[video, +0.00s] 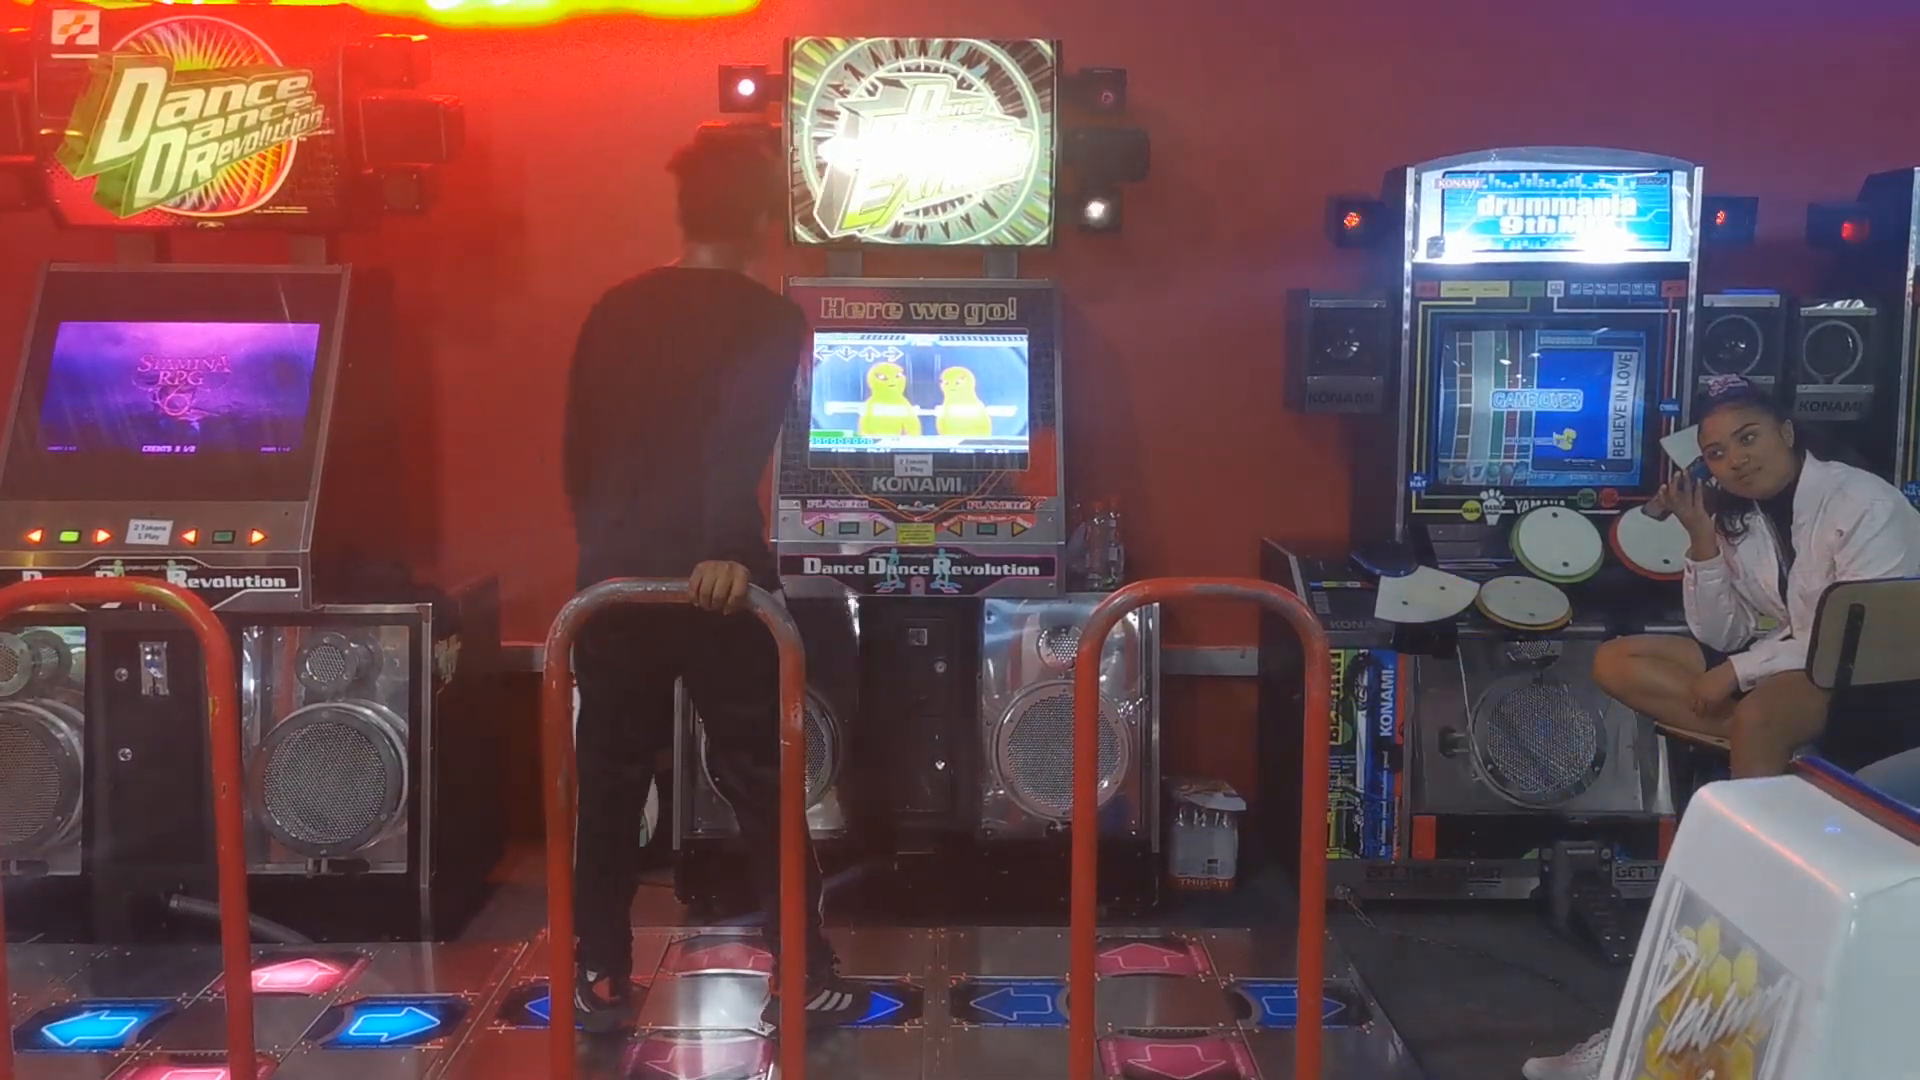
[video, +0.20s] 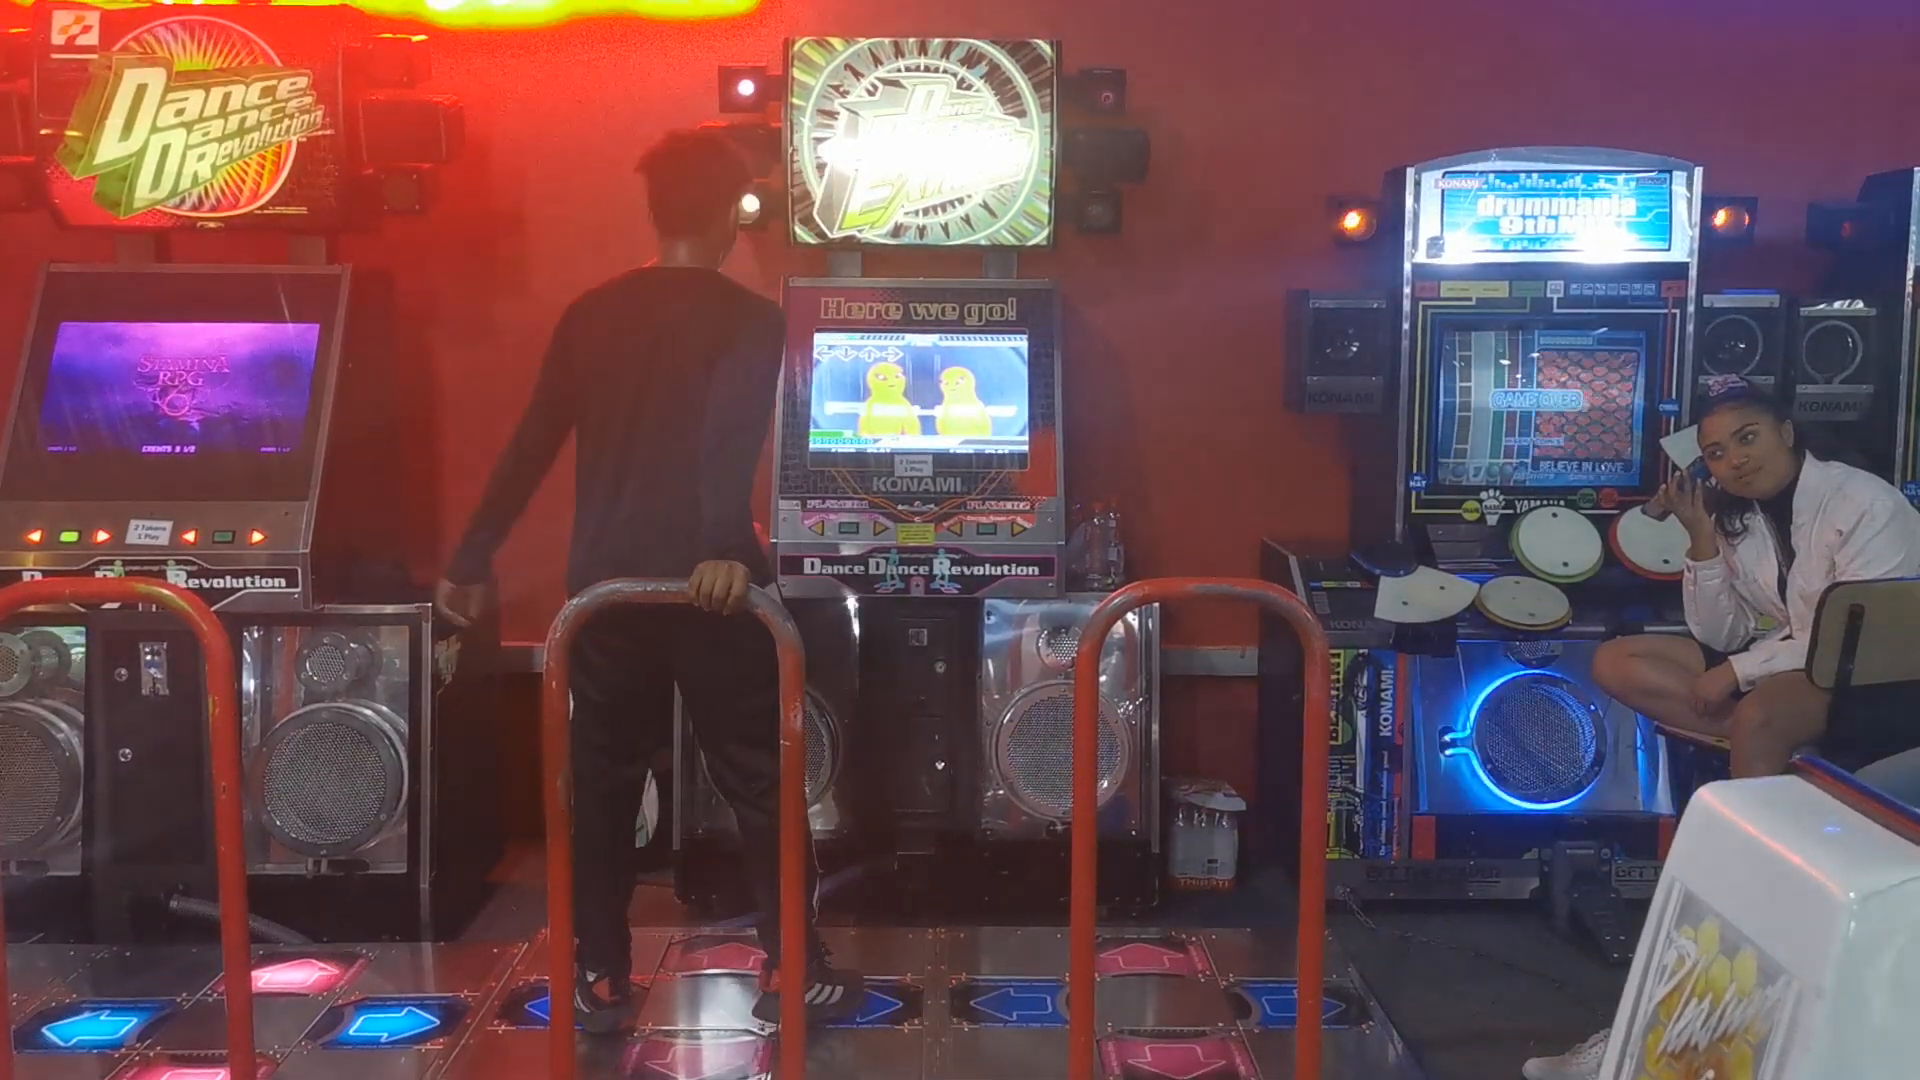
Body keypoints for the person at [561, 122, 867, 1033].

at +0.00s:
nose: (779, 226)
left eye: (775, 210)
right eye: (776, 210)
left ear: (683, 214)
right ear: (762, 217)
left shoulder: (616, 308)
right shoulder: (771, 317)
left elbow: (581, 447)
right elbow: (744, 431)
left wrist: (605, 543)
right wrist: (725, 534)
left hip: (616, 575)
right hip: (724, 578)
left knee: (611, 780)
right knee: (761, 771)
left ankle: (601, 976)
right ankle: (805, 973)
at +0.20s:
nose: (743, 223)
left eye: (737, 208)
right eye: (740, 210)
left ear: (656, 214)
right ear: (727, 218)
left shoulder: (591, 313)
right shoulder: (757, 319)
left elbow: (531, 446)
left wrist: (470, 561)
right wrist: (734, 541)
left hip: (607, 579)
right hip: (719, 581)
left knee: (601, 786)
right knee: (763, 778)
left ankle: (599, 980)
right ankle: (796, 968)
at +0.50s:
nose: (779, 220)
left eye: (774, 205)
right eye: (774, 206)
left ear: (686, 212)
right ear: (758, 215)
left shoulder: (626, 312)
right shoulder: (786, 318)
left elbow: (577, 452)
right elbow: (769, 444)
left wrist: (540, 578)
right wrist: (736, 545)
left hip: (640, 578)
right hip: (747, 582)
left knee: (625, 783)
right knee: (768, 782)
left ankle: (602, 974)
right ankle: (806, 970)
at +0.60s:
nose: (797, 216)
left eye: (792, 202)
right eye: (793, 202)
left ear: (706, 210)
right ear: (783, 211)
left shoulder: (643, 312)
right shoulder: (798, 314)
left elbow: (623, 454)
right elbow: (766, 429)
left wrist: (618, 566)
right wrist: (733, 541)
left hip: (649, 572)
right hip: (757, 573)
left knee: (636, 774)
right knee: (786, 777)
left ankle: (602, 968)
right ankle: (801, 975)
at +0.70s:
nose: (811, 221)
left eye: (804, 206)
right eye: (809, 208)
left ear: (723, 213)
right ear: (797, 215)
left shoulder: (659, 311)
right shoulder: (812, 318)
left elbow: (632, 447)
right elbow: (772, 432)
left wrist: (668, 533)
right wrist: (732, 544)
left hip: (662, 570)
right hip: (765, 575)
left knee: (639, 774)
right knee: (792, 782)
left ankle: (605, 971)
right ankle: (801, 979)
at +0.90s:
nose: (810, 230)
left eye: (803, 215)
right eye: (808, 216)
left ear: (722, 215)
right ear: (796, 221)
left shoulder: (652, 311)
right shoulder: (801, 315)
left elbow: (633, 450)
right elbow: (765, 428)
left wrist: (699, 515)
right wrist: (727, 543)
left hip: (652, 562)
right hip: (755, 567)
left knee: (637, 775)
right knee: (797, 777)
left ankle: (610, 975)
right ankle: (808, 974)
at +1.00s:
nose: (808, 229)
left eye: (802, 214)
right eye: (805, 215)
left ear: (723, 216)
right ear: (793, 220)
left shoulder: (652, 313)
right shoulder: (799, 314)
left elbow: (630, 453)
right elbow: (765, 428)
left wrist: (701, 512)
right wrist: (729, 545)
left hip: (651, 565)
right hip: (755, 569)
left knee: (630, 774)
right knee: (807, 763)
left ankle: (607, 979)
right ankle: (813, 969)